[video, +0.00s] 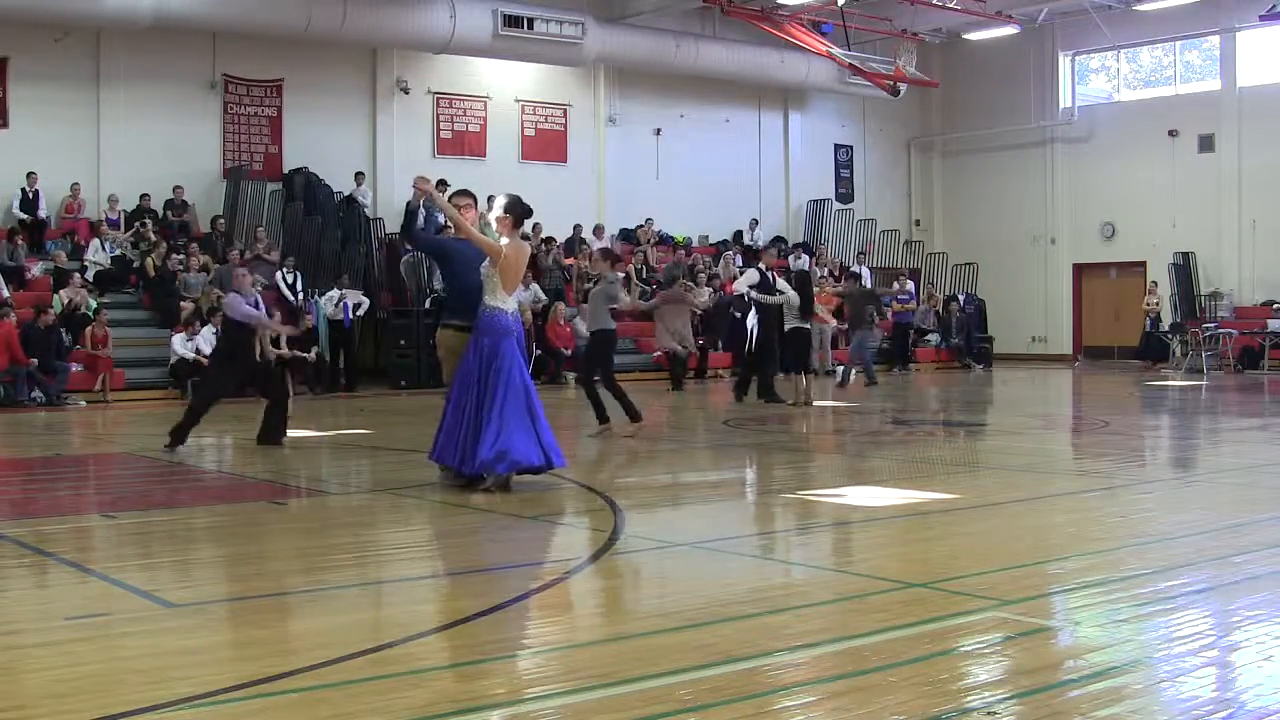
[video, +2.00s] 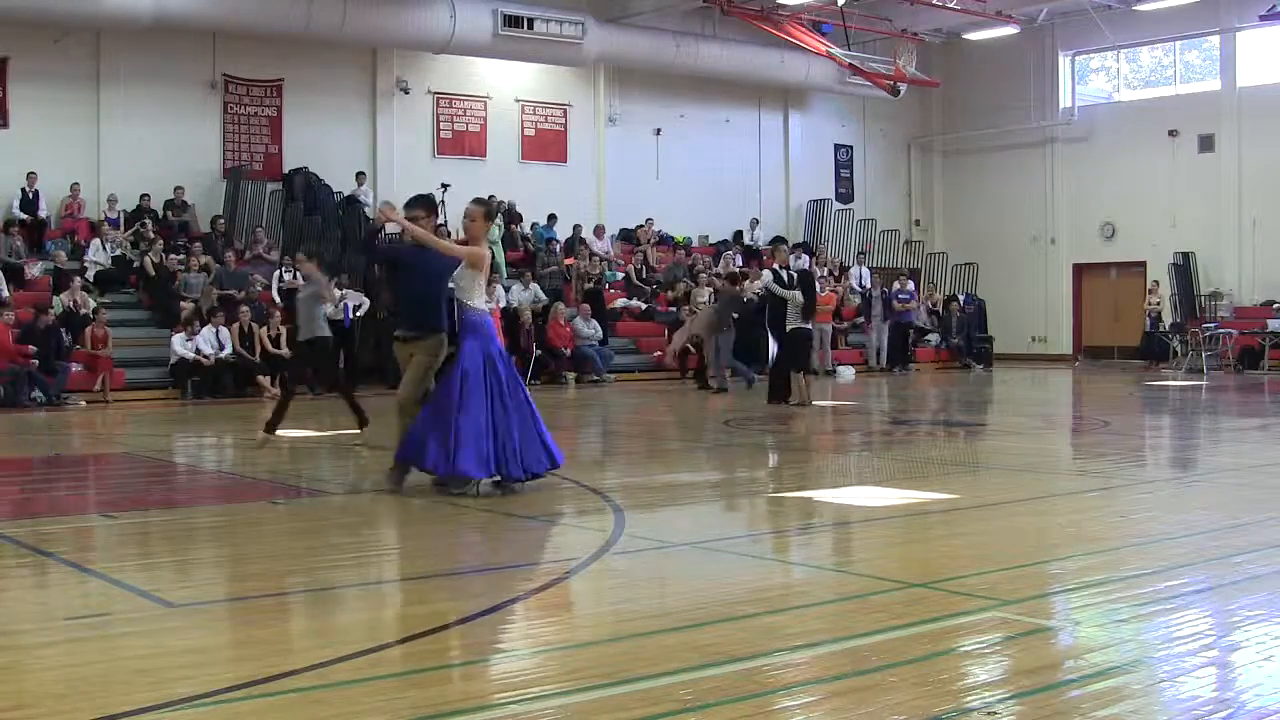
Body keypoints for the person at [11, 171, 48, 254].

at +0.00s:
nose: (35, 180)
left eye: (36, 179)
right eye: (32, 178)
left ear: (37, 180)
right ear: (27, 179)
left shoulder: (39, 193)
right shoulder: (20, 192)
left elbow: (42, 209)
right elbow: (14, 210)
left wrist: (42, 216)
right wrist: (25, 217)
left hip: (36, 217)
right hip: (25, 218)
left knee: (43, 224)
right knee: (33, 225)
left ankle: (40, 248)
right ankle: (32, 248)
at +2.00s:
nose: (33, 181)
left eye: (35, 179)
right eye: (31, 178)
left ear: (36, 180)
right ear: (27, 180)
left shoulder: (39, 193)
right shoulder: (20, 192)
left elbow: (43, 208)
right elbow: (14, 210)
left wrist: (41, 216)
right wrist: (25, 217)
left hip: (36, 218)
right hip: (25, 218)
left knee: (43, 223)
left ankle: (40, 248)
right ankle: (30, 249)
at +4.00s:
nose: (31, 181)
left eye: (33, 179)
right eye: (29, 179)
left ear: (36, 180)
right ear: (26, 180)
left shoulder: (39, 193)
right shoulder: (20, 192)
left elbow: (42, 209)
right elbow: (15, 210)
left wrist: (41, 216)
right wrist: (25, 217)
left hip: (36, 217)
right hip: (24, 217)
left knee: (42, 223)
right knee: (34, 225)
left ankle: (40, 248)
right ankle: (33, 248)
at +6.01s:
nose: (33, 182)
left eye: (35, 180)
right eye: (32, 180)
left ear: (36, 181)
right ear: (27, 180)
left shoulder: (38, 193)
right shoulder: (19, 192)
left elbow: (42, 209)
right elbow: (15, 209)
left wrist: (39, 216)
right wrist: (25, 217)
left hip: (36, 217)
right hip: (24, 218)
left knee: (42, 223)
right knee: (33, 225)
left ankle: (40, 249)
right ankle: (32, 249)